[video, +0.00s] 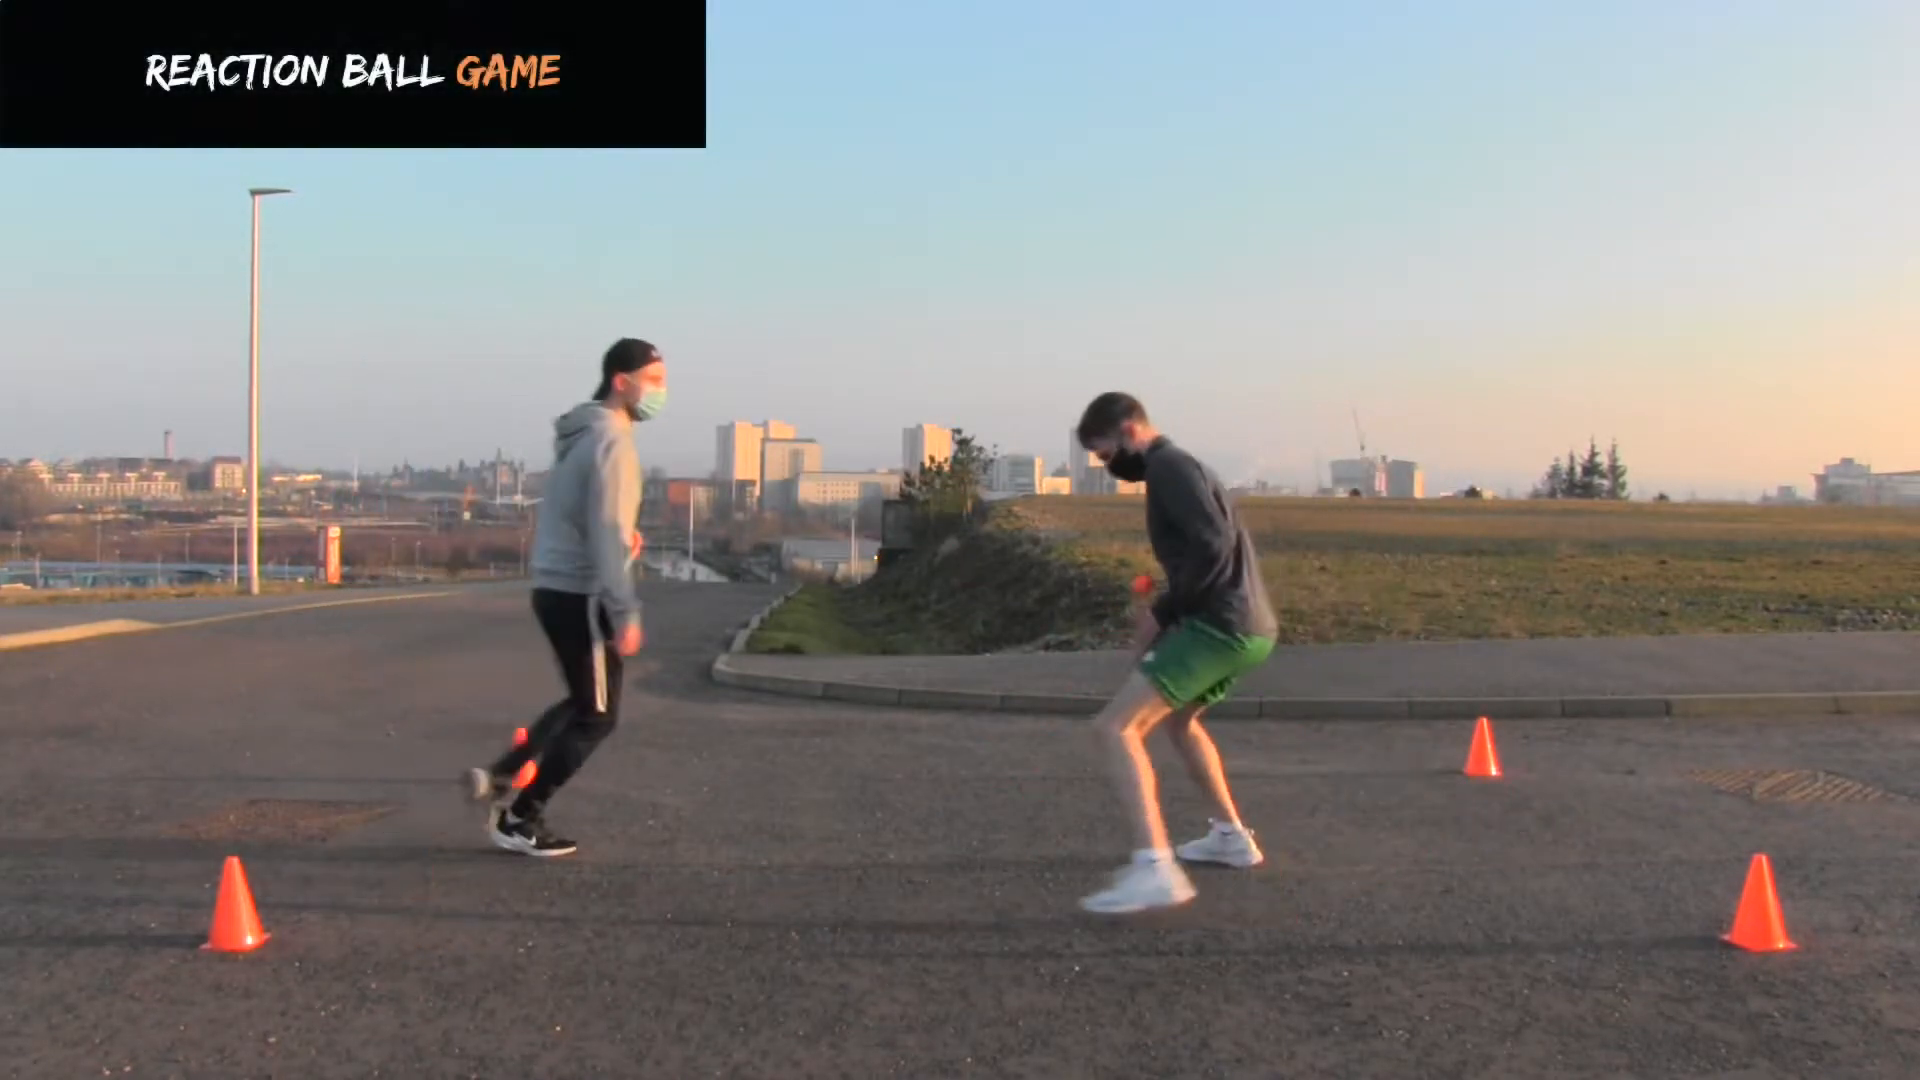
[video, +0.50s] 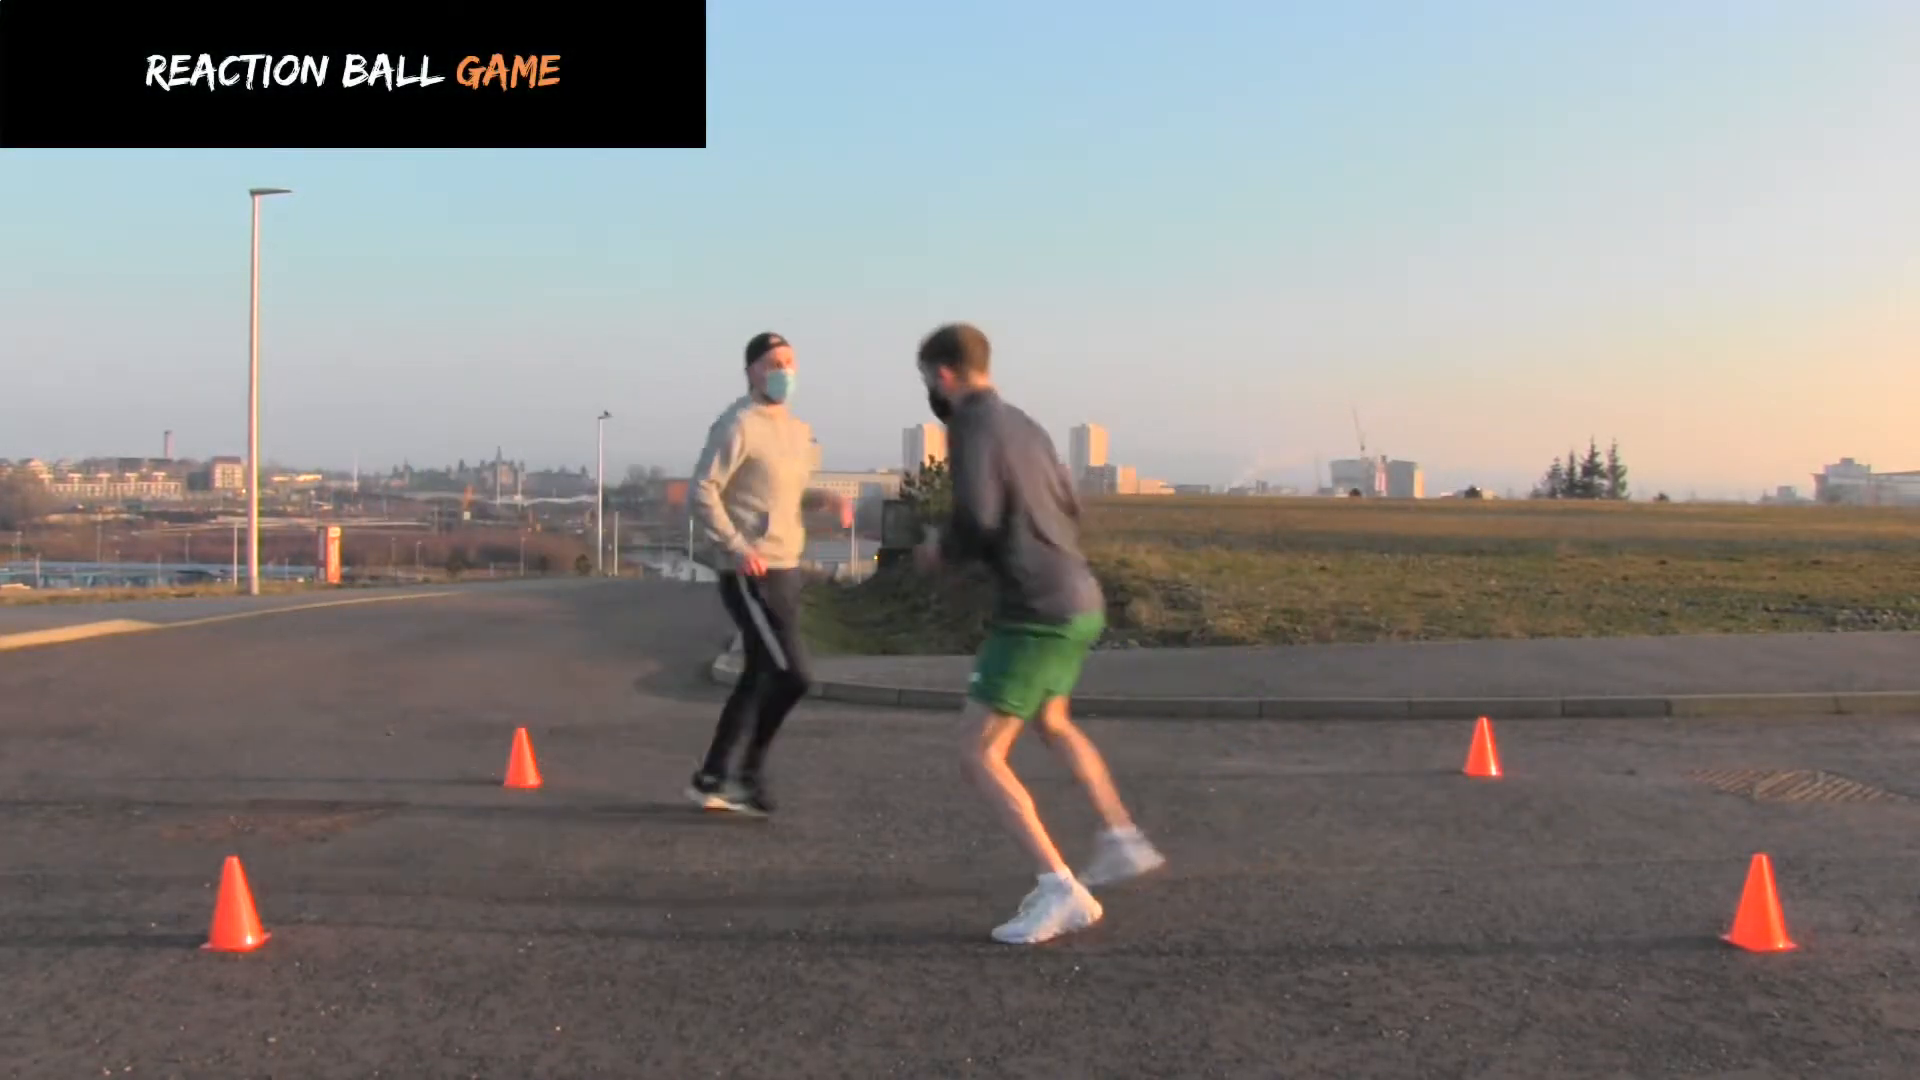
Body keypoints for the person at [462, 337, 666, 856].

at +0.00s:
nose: (661, 390)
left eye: (663, 380)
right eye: (654, 380)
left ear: (619, 383)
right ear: (622, 381)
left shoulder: (587, 431)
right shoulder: (612, 439)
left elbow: (575, 514)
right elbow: (606, 531)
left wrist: (618, 534)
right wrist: (625, 614)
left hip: (557, 587)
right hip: (578, 591)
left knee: (587, 701)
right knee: (597, 713)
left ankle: (500, 776)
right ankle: (520, 819)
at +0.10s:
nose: (688, 375)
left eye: (689, 366)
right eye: (681, 366)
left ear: (647, 370)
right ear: (648, 368)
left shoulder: (613, 419)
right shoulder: (643, 427)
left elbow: (571, 473)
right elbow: (643, 518)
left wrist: (614, 507)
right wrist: (669, 585)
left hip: (595, 572)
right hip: (608, 578)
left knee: (636, 679)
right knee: (596, 698)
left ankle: (571, 780)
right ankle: (525, 811)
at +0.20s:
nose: (722, 361)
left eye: (723, 352)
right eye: (715, 352)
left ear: (684, 355)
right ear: (684, 353)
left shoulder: (654, 402)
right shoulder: (688, 408)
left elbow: (622, 453)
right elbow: (687, 493)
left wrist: (668, 487)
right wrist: (715, 540)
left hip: (644, 552)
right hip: (659, 556)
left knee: (675, 667)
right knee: (637, 676)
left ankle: (687, 782)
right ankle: (561, 792)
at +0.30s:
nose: (741, 375)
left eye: (743, 367)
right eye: (734, 366)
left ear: (710, 370)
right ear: (705, 367)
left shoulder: (694, 414)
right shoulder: (706, 418)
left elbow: (683, 496)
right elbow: (699, 501)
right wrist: (738, 541)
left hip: (683, 562)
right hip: (682, 564)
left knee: (715, 670)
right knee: (686, 682)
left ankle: (703, 785)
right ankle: (589, 779)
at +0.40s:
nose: (769, 387)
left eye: (772, 379)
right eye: (760, 379)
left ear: (772, 384)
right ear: (735, 383)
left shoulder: (763, 434)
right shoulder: (724, 433)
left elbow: (757, 497)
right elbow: (699, 509)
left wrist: (788, 515)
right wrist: (739, 565)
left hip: (749, 577)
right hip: (717, 580)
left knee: (755, 687)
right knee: (754, 689)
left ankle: (709, 784)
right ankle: (673, 782)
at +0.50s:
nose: (785, 373)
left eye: (789, 365)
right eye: (773, 366)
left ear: (796, 371)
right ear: (752, 372)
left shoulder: (797, 429)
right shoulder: (737, 424)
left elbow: (789, 494)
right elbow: (702, 492)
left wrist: (827, 500)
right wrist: (738, 549)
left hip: (784, 569)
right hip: (746, 570)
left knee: (759, 674)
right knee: (790, 674)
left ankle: (712, 776)